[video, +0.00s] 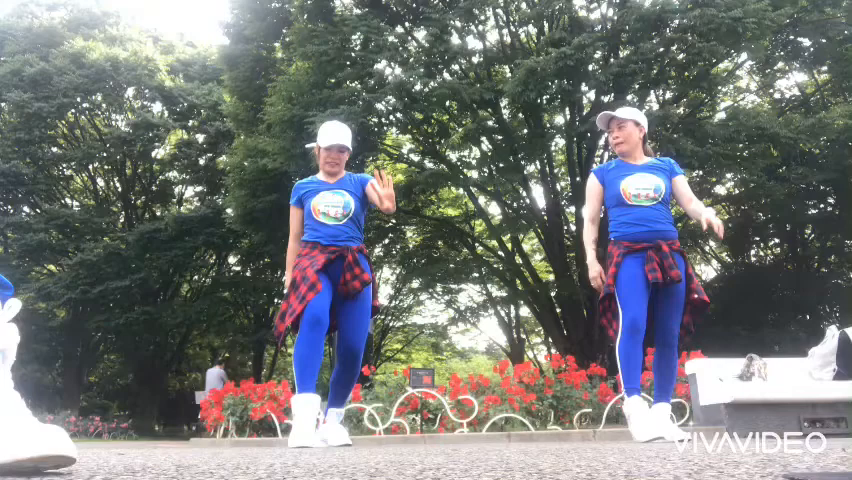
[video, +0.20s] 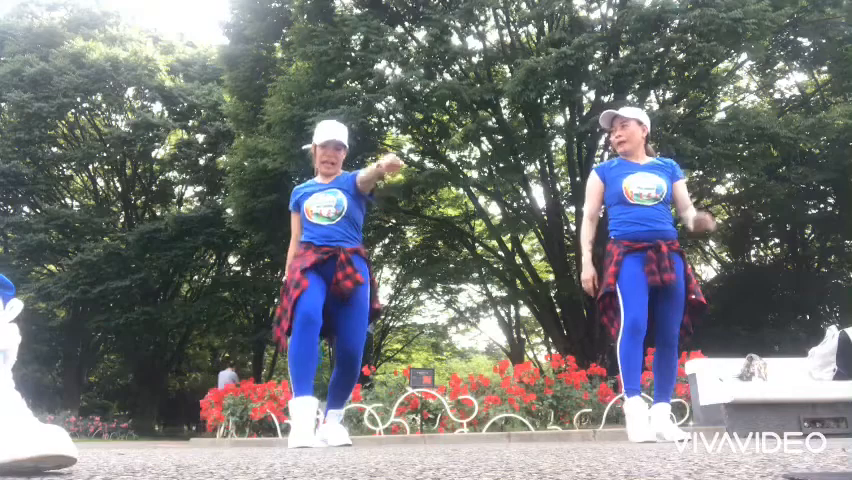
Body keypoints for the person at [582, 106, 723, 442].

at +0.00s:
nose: (614, 133)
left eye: (621, 127)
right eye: (610, 130)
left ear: (641, 130)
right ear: (608, 137)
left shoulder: (666, 166)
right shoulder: (601, 173)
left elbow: (689, 201)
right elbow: (590, 220)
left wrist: (705, 213)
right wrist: (591, 259)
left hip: (668, 253)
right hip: (629, 255)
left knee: (668, 335)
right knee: (634, 322)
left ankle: (662, 413)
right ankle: (633, 404)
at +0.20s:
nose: (616, 132)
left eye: (624, 125)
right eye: (613, 128)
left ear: (644, 130)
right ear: (611, 136)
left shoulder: (668, 167)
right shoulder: (603, 171)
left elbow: (686, 210)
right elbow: (589, 217)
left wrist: (697, 220)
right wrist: (586, 262)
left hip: (668, 253)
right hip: (628, 253)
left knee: (668, 334)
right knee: (635, 322)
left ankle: (661, 413)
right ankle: (633, 407)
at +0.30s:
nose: (617, 134)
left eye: (625, 127)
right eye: (614, 129)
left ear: (645, 131)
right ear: (612, 136)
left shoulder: (667, 166)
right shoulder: (603, 171)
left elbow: (708, 179)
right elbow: (589, 217)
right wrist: (583, 261)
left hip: (668, 252)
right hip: (629, 253)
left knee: (667, 335)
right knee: (641, 318)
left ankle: (663, 410)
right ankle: (645, 400)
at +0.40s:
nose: (619, 133)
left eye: (627, 126)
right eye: (615, 129)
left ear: (646, 131)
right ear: (612, 137)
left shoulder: (665, 161)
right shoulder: (603, 174)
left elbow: (699, 126)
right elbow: (589, 218)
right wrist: (580, 259)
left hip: (673, 250)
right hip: (634, 253)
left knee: (670, 333)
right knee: (646, 327)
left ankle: (665, 411)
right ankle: (655, 409)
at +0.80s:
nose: (628, 130)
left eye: (634, 124)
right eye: (621, 126)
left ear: (648, 131)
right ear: (613, 135)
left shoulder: (667, 161)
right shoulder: (604, 173)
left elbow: (706, 162)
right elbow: (593, 218)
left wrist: (720, 128)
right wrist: (587, 257)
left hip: (675, 248)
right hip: (636, 249)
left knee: (675, 332)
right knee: (647, 323)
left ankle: (665, 406)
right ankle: (653, 402)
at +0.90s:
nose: (630, 130)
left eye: (637, 124)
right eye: (623, 126)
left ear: (650, 131)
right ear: (616, 135)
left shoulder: (672, 168)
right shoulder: (605, 173)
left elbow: (689, 213)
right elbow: (595, 221)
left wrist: (703, 203)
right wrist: (590, 260)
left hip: (675, 250)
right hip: (636, 252)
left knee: (676, 337)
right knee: (646, 317)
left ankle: (662, 414)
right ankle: (650, 403)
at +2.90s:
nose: (663, 141)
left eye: (669, 135)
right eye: (656, 136)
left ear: (679, 139)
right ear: (646, 142)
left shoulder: (698, 176)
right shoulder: (633, 180)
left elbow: (717, 219)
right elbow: (624, 228)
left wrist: (736, 256)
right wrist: (624, 267)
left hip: (693, 261)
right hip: (651, 262)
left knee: (700, 336)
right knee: (648, 331)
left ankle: (703, 412)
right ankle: (639, 407)